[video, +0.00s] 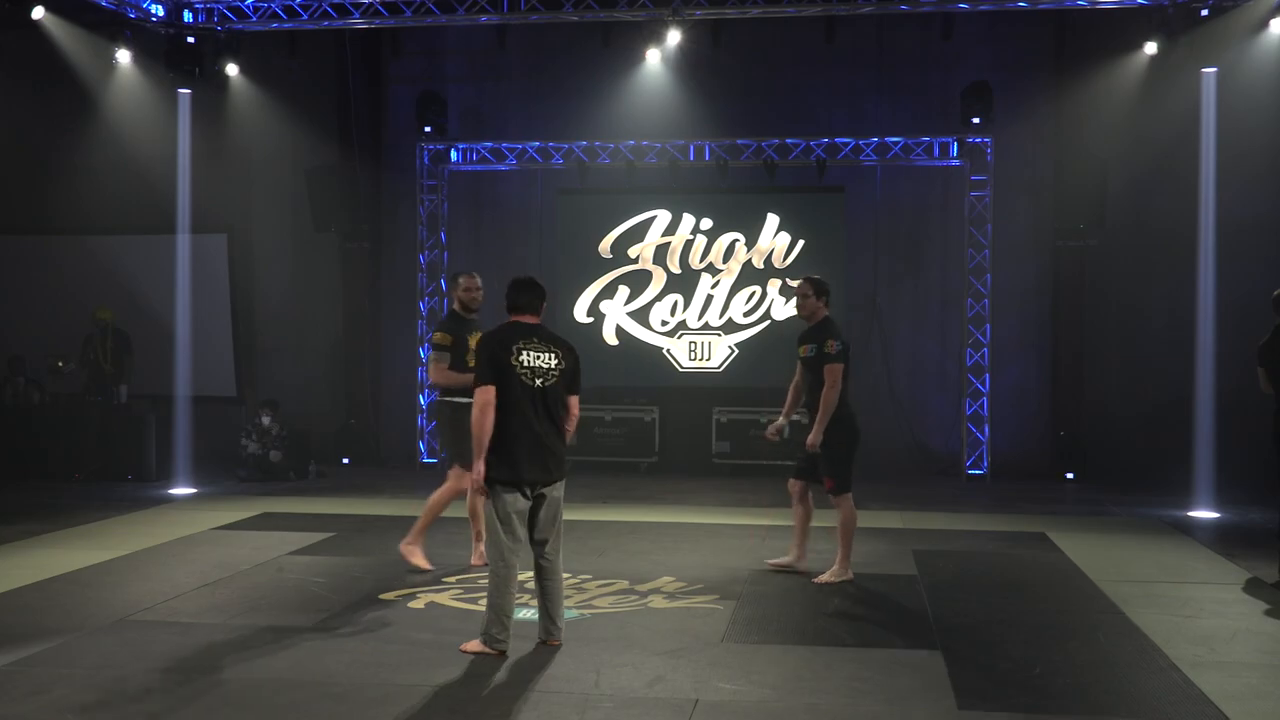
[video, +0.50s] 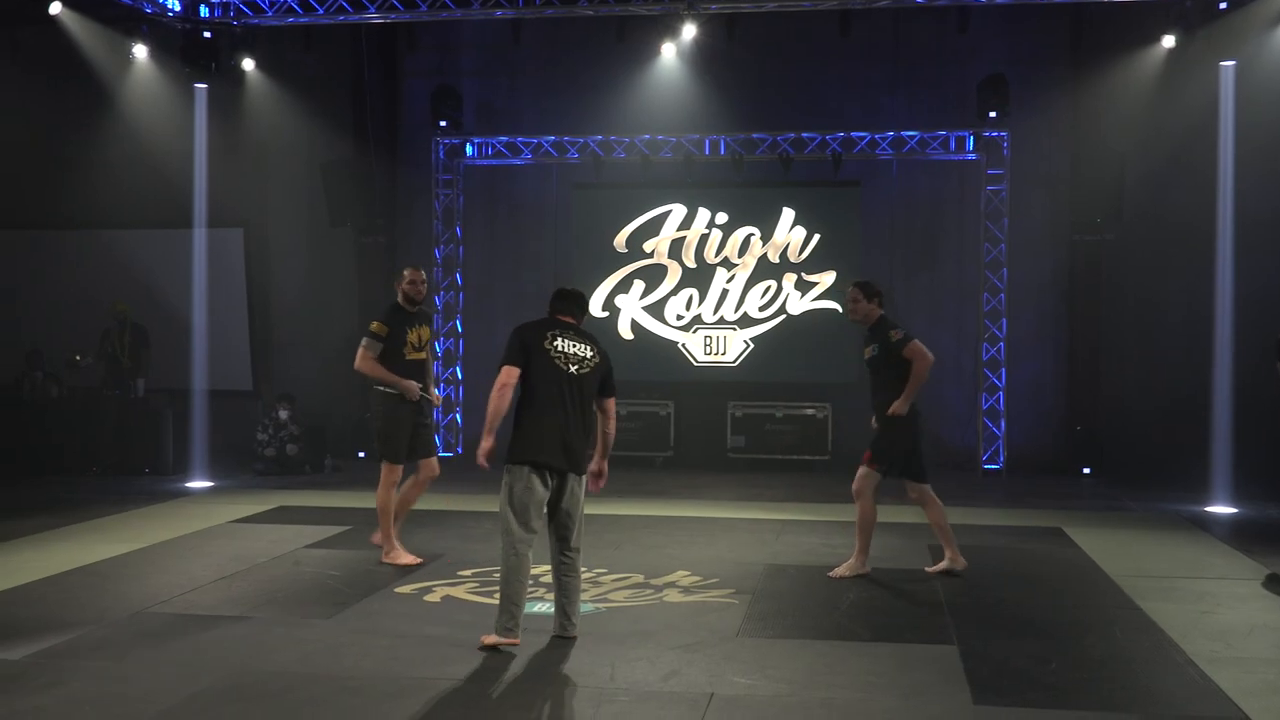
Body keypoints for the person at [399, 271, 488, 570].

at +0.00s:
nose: (475, 294)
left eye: (478, 289)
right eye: (468, 290)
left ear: (482, 292)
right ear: (454, 293)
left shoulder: (475, 328)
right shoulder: (446, 327)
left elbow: (475, 370)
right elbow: (437, 375)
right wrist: (479, 379)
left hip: (475, 407)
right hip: (451, 409)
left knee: (478, 480)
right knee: (459, 480)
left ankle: (479, 547)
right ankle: (411, 541)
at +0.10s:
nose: (457, 295)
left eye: (460, 290)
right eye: (450, 291)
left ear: (465, 294)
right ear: (437, 295)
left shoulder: (459, 327)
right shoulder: (431, 327)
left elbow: (456, 370)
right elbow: (416, 377)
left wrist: (476, 379)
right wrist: (463, 383)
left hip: (460, 410)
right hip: (435, 412)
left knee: (474, 479)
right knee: (426, 482)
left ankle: (480, 548)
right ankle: (382, 546)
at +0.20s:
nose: (440, 296)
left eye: (444, 291)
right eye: (434, 292)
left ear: (449, 296)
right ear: (422, 297)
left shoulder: (444, 329)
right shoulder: (413, 329)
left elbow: (440, 373)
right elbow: (396, 377)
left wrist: (455, 390)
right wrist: (439, 386)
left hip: (440, 414)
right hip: (417, 414)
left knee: (462, 475)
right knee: (400, 480)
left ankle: (477, 546)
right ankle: (377, 554)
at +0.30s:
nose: (427, 293)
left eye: (431, 288)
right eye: (420, 288)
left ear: (436, 293)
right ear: (408, 293)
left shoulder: (434, 327)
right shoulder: (398, 327)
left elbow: (433, 369)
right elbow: (378, 373)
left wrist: (438, 395)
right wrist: (421, 386)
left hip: (427, 410)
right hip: (399, 411)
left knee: (445, 472)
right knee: (389, 480)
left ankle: (460, 544)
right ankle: (377, 554)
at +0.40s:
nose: (417, 291)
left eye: (421, 286)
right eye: (411, 286)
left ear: (427, 290)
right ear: (400, 291)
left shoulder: (424, 322)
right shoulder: (389, 323)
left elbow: (419, 360)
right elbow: (365, 368)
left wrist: (427, 383)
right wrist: (406, 384)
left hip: (416, 406)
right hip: (390, 407)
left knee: (437, 470)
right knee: (386, 479)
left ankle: (423, 543)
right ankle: (380, 553)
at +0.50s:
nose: (418, 288)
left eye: (422, 283)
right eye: (412, 283)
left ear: (426, 288)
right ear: (399, 286)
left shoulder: (425, 318)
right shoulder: (388, 316)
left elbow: (426, 358)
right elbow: (362, 362)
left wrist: (430, 389)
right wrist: (401, 382)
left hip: (419, 403)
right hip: (391, 403)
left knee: (428, 470)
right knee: (391, 474)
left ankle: (385, 529)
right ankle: (390, 547)